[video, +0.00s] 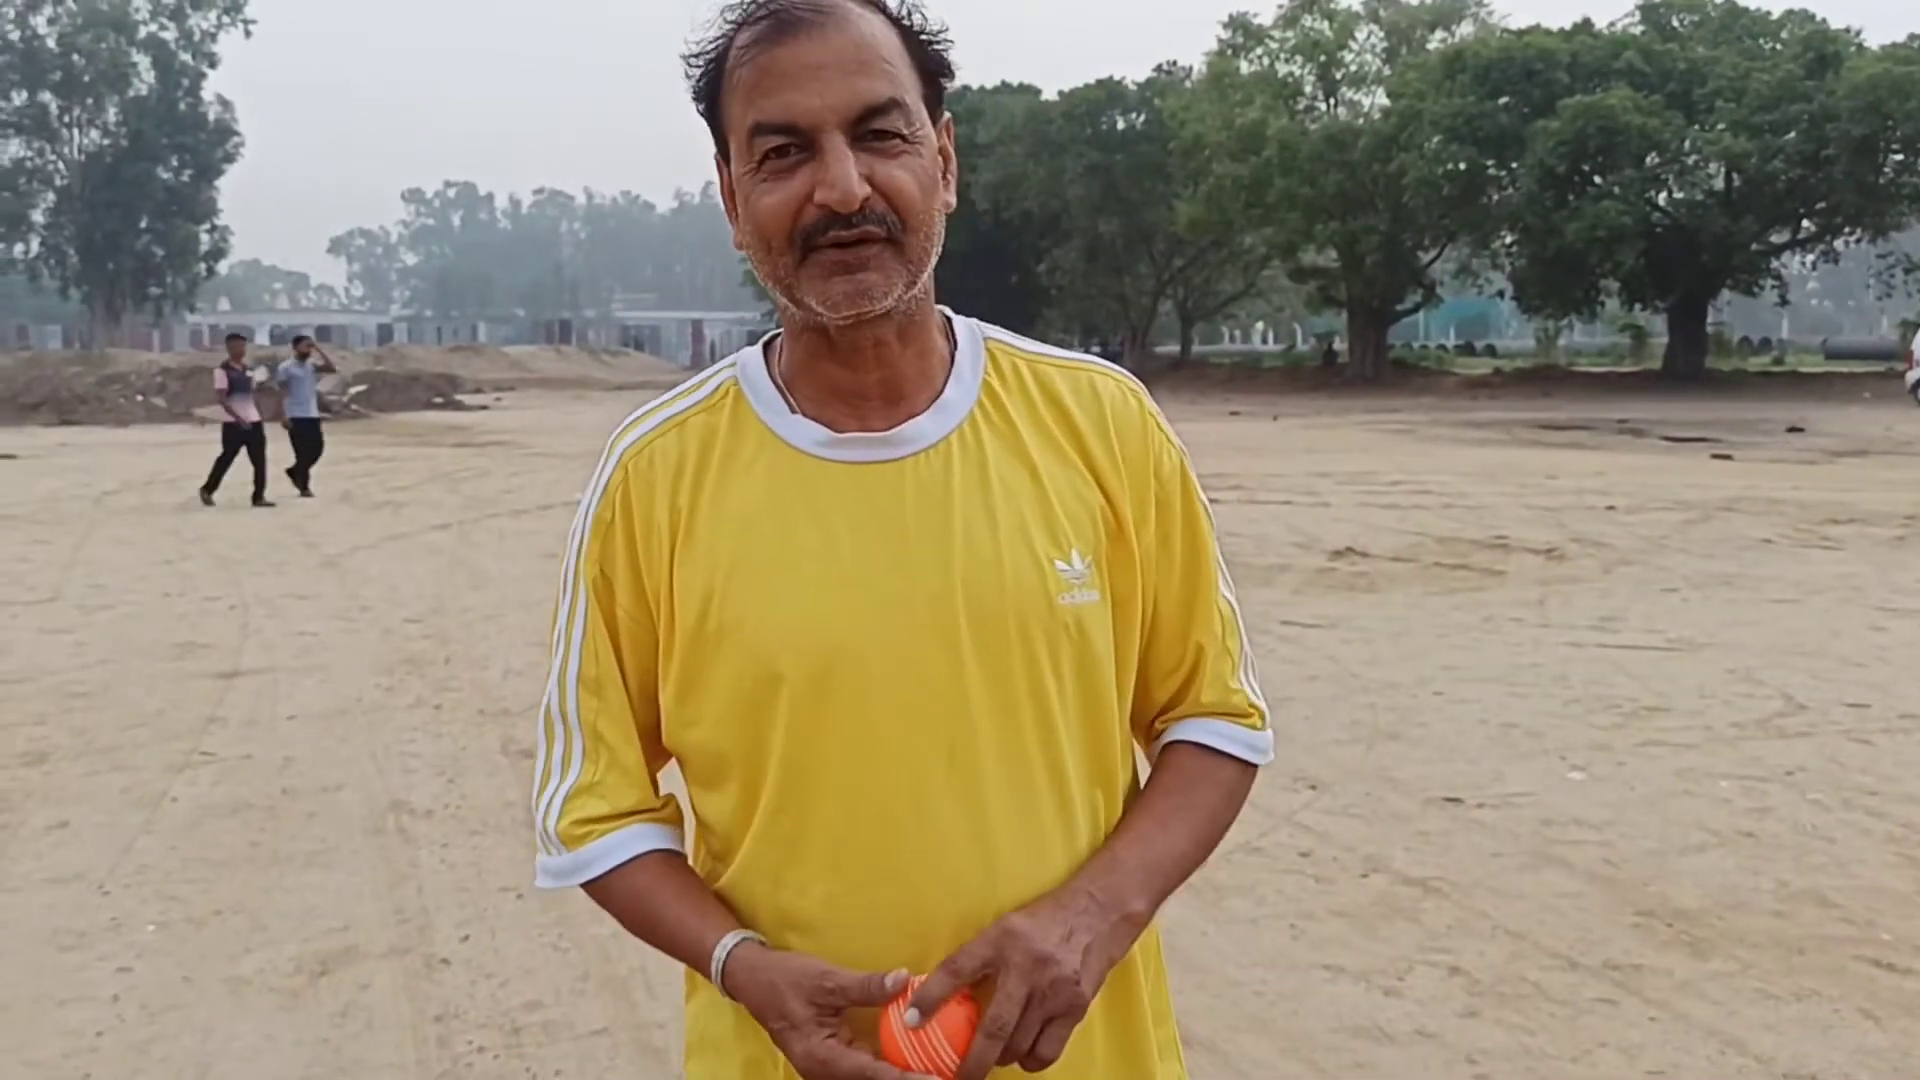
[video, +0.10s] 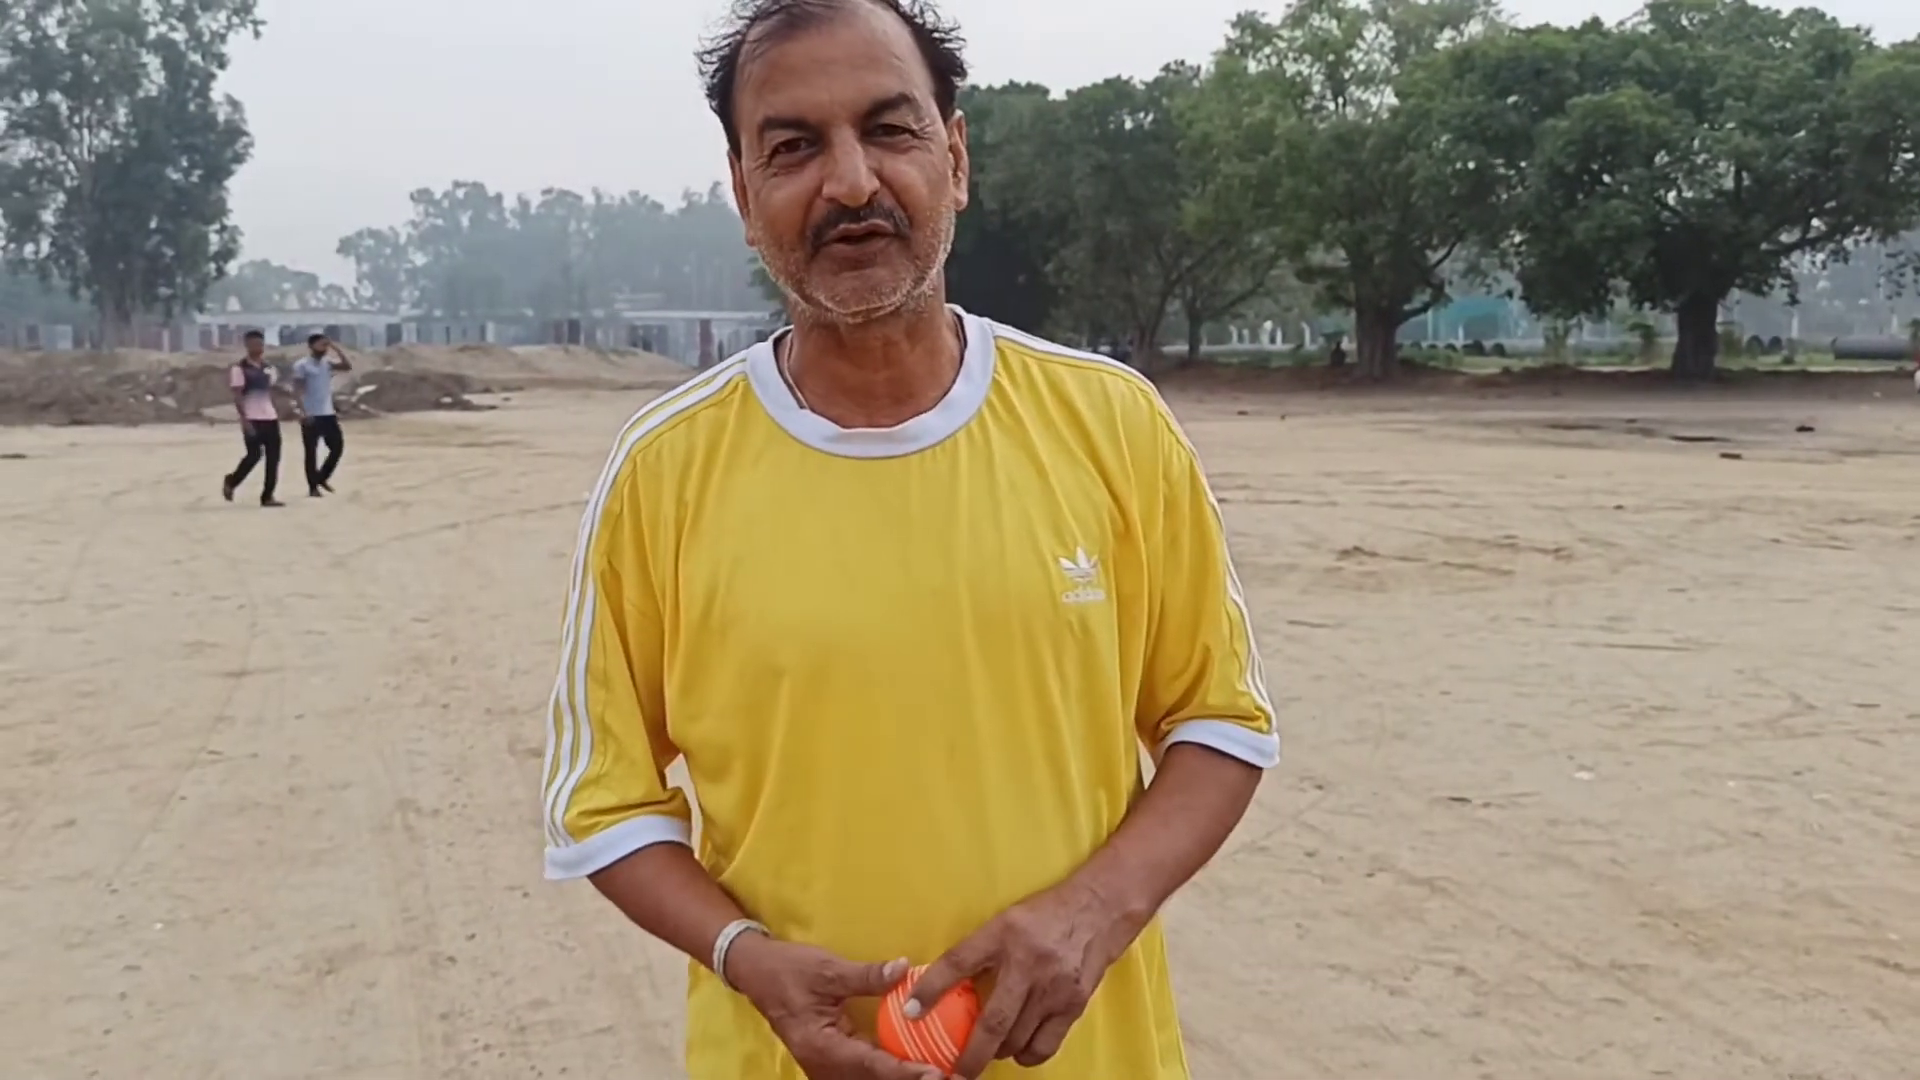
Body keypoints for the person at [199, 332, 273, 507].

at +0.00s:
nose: (241, 350)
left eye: (243, 346)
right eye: (237, 347)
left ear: (245, 348)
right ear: (229, 349)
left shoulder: (246, 370)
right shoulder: (222, 371)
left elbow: (250, 396)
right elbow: (222, 399)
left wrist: (258, 416)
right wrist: (239, 419)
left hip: (253, 422)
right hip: (234, 423)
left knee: (260, 462)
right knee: (227, 458)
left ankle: (258, 496)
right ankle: (207, 489)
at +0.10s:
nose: (258, 348)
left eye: (260, 344)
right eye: (254, 344)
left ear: (263, 345)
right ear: (247, 346)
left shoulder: (267, 368)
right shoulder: (239, 369)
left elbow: (270, 392)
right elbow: (237, 398)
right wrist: (245, 421)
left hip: (270, 417)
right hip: (251, 418)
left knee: (273, 457)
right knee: (255, 454)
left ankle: (267, 495)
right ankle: (232, 481)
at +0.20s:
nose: (280, 347)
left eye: (282, 343)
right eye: (276, 343)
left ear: (285, 344)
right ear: (269, 344)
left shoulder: (289, 369)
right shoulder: (259, 368)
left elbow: (295, 394)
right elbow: (255, 395)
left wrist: (300, 415)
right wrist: (256, 419)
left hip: (290, 414)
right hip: (271, 414)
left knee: (289, 454)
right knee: (282, 451)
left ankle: (281, 494)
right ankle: (266, 484)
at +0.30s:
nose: (304, 349)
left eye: (306, 344)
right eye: (300, 344)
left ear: (310, 346)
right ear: (292, 345)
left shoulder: (312, 369)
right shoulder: (283, 369)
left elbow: (320, 393)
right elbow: (275, 395)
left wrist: (326, 413)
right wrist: (272, 419)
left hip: (311, 415)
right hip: (293, 414)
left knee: (307, 454)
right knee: (304, 452)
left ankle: (304, 493)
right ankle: (300, 494)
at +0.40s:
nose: (328, 350)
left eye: (331, 346)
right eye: (324, 346)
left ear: (333, 347)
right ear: (316, 347)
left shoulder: (336, 370)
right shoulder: (307, 370)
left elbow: (345, 395)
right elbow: (298, 395)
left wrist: (356, 414)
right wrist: (292, 421)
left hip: (333, 418)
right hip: (316, 417)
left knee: (323, 457)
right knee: (326, 456)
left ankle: (312, 493)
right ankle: (343, 492)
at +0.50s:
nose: (348, 351)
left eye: (351, 348)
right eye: (344, 347)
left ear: (354, 348)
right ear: (338, 348)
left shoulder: (359, 372)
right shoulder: (329, 372)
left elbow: (367, 397)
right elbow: (321, 398)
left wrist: (379, 416)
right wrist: (315, 423)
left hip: (356, 420)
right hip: (339, 419)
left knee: (344, 458)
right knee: (351, 458)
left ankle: (329, 491)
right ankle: (366, 495)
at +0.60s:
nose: (368, 351)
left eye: (371, 347)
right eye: (364, 347)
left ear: (374, 348)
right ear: (357, 348)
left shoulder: (379, 370)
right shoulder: (350, 372)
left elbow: (389, 395)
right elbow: (344, 399)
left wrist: (398, 416)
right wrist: (342, 425)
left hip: (379, 418)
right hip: (362, 418)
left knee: (373, 457)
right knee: (372, 457)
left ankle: (350, 484)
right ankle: (381, 495)